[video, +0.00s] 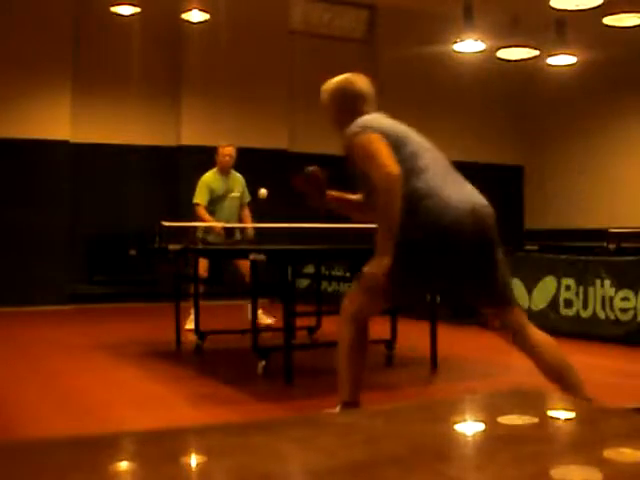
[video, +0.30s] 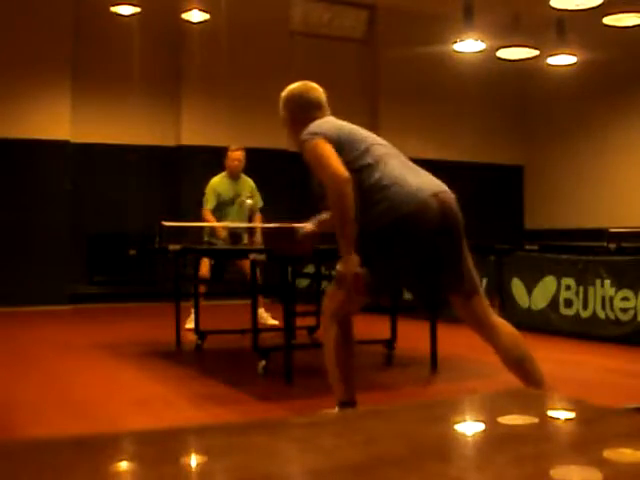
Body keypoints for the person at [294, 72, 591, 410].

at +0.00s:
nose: (328, 115)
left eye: (327, 108)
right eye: (328, 107)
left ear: (335, 108)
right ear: (366, 101)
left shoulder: (361, 130)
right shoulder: (393, 129)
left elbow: (389, 175)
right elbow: (383, 206)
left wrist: (383, 253)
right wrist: (327, 198)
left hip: (432, 226)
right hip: (477, 222)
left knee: (354, 309)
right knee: (516, 324)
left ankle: (347, 406)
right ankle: (585, 402)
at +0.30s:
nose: (286, 128)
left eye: (285, 120)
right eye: (285, 120)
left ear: (290, 118)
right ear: (323, 107)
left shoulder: (313, 136)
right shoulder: (350, 132)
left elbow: (341, 180)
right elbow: (373, 193)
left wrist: (348, 254)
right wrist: (321, 223)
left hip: (395, 215)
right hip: (442, 204)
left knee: (334, 311)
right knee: (482, 314)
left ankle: (345, 405)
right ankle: (545, 395)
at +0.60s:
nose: (328, 86)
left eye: (327, 79)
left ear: (332, 78)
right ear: (369, 76)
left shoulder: (342, 104)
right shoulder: (395, 105)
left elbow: (352, 151)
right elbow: (418, 160)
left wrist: (348, 223)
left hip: (403, 203)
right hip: (451, 197)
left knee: (345, 309)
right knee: (470, 314)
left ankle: (347, 404)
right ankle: (523, 397)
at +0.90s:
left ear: (380, 54)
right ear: (421, 53)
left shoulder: (367, 84)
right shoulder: (447, 90)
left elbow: (346, 121)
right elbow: (478, 148)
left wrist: (339, 186)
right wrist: (441, 164)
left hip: (394, 204)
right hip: (454, 203)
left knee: (350, 313)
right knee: (489, 308)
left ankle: (330, 403)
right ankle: (524, 396)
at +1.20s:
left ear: (466, 84)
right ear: (503, 88)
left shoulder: (437, 113)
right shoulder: (513, 120)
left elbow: (384, 154)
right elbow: (518, 164)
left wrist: (370, 213)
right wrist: (545, 228)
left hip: (414, 212)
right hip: (475, 216)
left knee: (379, 313)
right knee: (516, 323)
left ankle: (342, 402)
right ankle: (525, 414)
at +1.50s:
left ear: (563, 123)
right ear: (600, 133)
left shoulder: (530, 142)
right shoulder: (597, 152)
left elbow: (473, 159)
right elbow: (602, 204)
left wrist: (412, 187)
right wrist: (618, 271)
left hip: (482, 212)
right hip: (536, 219)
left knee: (480, 304)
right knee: (545, 329)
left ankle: (453, 384)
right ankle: (533, 408)